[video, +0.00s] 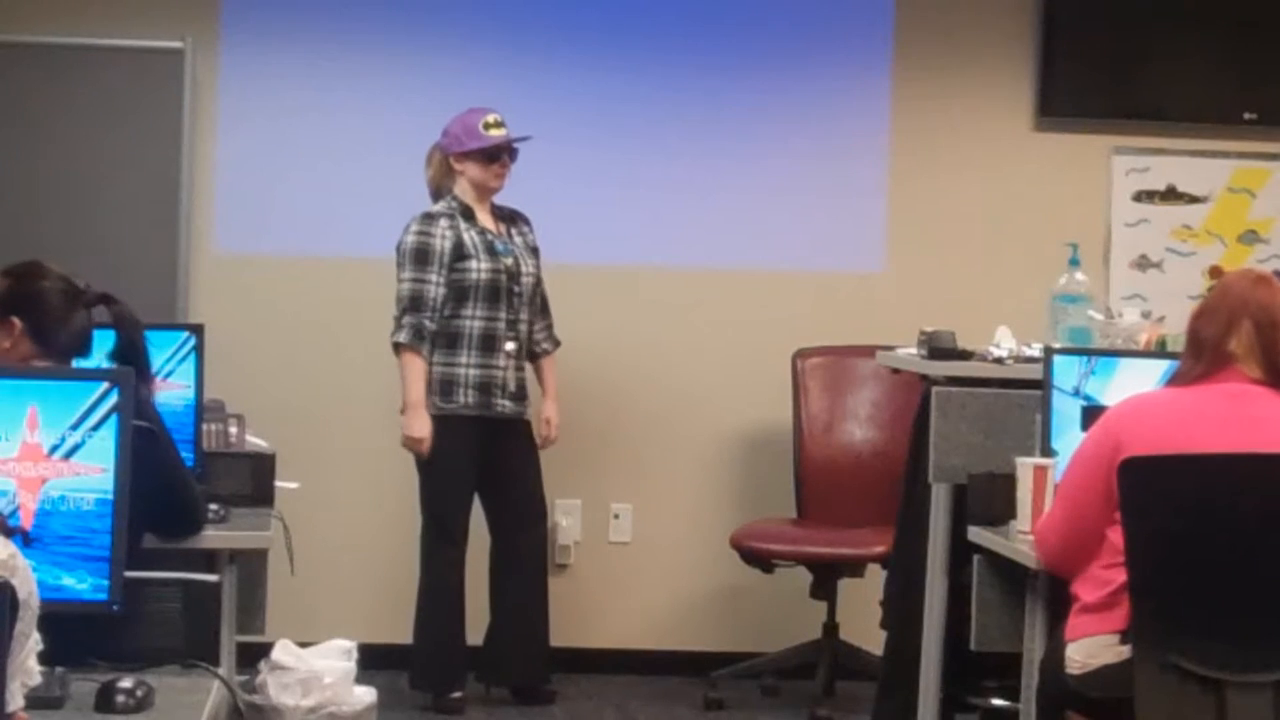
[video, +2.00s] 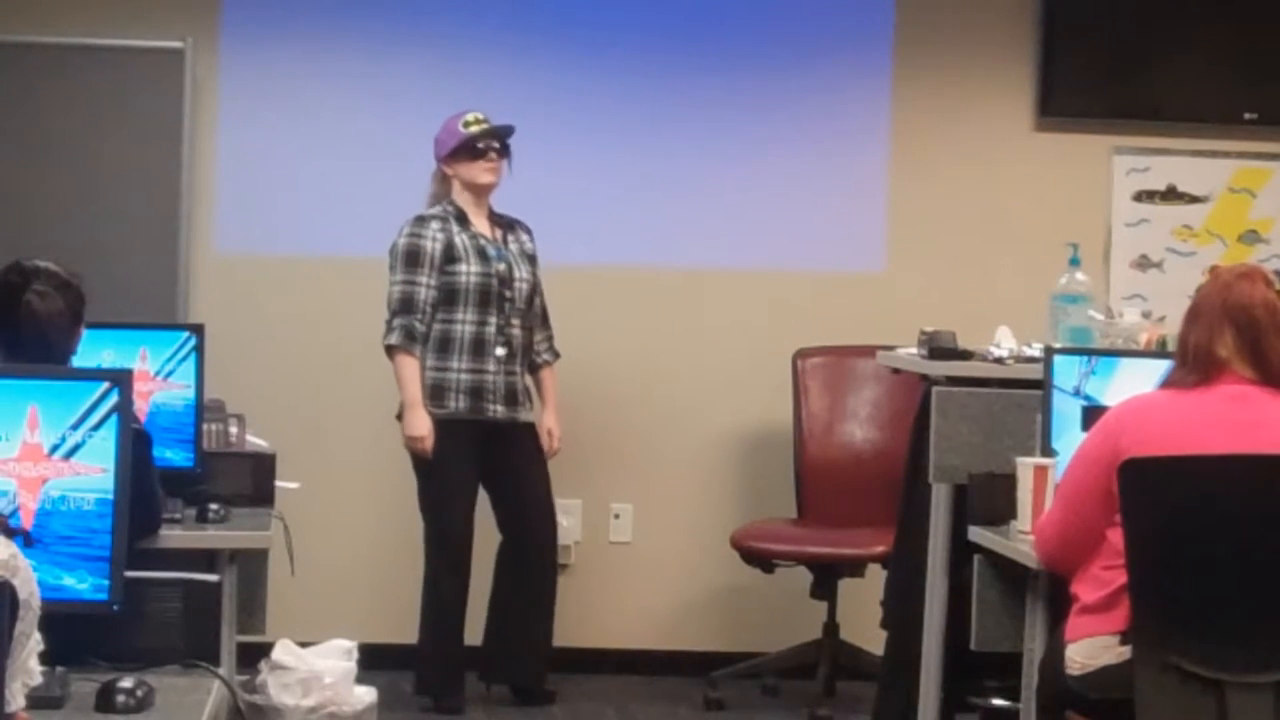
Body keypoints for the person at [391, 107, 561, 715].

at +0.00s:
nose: (502, 165)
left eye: (506, 156)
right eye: (489, 156)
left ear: (507, 163)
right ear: (456, 160)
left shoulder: (518, 231)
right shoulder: (429, 227)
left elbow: (538, 321)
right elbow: (412, 326)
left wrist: (549, 394)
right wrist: (414, 406)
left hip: (509, 416)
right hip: (448, 416)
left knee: (523, 541)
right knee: (446, 547)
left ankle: (517, 671)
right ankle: (440, 679)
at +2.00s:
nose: (492, 159)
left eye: (498, 151)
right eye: (477, 152)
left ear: (504, 164)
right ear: (448, 164)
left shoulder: (518, 237)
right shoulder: (423, 231)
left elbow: (537, 329)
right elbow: (402, 329)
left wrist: (549, 406)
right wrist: (413, 406)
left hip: (512, 421)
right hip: (446, 421)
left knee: (535, 539)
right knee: (450, 551)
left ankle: (516, 671)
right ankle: (440, 683)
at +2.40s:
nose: (470, 168)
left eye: (483, 159)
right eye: (458, 160)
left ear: (500, 171)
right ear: (443, 171)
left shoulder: (525, 245)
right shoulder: (416, 239)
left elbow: (545, 338)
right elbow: (385, 334)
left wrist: (553, 419)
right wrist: (391, 414)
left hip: (510, 420)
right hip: (432, 420)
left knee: (547, 527)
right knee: (440, 544)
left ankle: (528, 668)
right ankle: (435, 682)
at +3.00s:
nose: (478, 155)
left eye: (492, 147)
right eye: (477, 147)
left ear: (530, 156)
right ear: (484, 158)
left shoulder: (573, 233)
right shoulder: (455, 229)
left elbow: (597, 331)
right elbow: (428, 322)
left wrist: (594, 414)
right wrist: (415, 404)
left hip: (547, 415)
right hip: (467, 411)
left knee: (542, 549)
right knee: (463, 541)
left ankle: (532, 694)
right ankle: (468, 669)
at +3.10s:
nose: (484, 157)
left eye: (498, 148)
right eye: (483, 148)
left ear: (537, 156)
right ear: (490, 156)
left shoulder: (583, 228)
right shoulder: (465, 227)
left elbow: (612, 328)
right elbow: (439, 321)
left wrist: (606, 410)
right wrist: (428, 401)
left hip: (554, 416)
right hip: (473, 414)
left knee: (546, 549)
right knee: (467, 543)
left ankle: (542, 694)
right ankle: (483, 680)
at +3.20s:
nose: (487, 169)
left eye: (501, 160)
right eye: (486, 159)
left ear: (542, 169)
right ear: (493, 168)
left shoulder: (588, 242)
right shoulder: (474, 239)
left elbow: (620, 338)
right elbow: (440, 328)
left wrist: (621, 426)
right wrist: (423, 412)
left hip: (561, 429)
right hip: (483, 424)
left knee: (544, 555)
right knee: (457, 547)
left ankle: (552, 700)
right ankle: (484, 693)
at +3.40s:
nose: (488, 154)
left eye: (501, 148)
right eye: (489, 146)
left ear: (539, 158)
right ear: (504, 158)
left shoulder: (587, 232)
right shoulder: (472, 227)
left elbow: (622, 326)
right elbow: (427, 300)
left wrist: (616, 412)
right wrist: (397, 370)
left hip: (574, 426)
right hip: (494, 420)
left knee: (574, 563)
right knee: (473, 547)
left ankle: (567, 700)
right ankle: (442, 688)